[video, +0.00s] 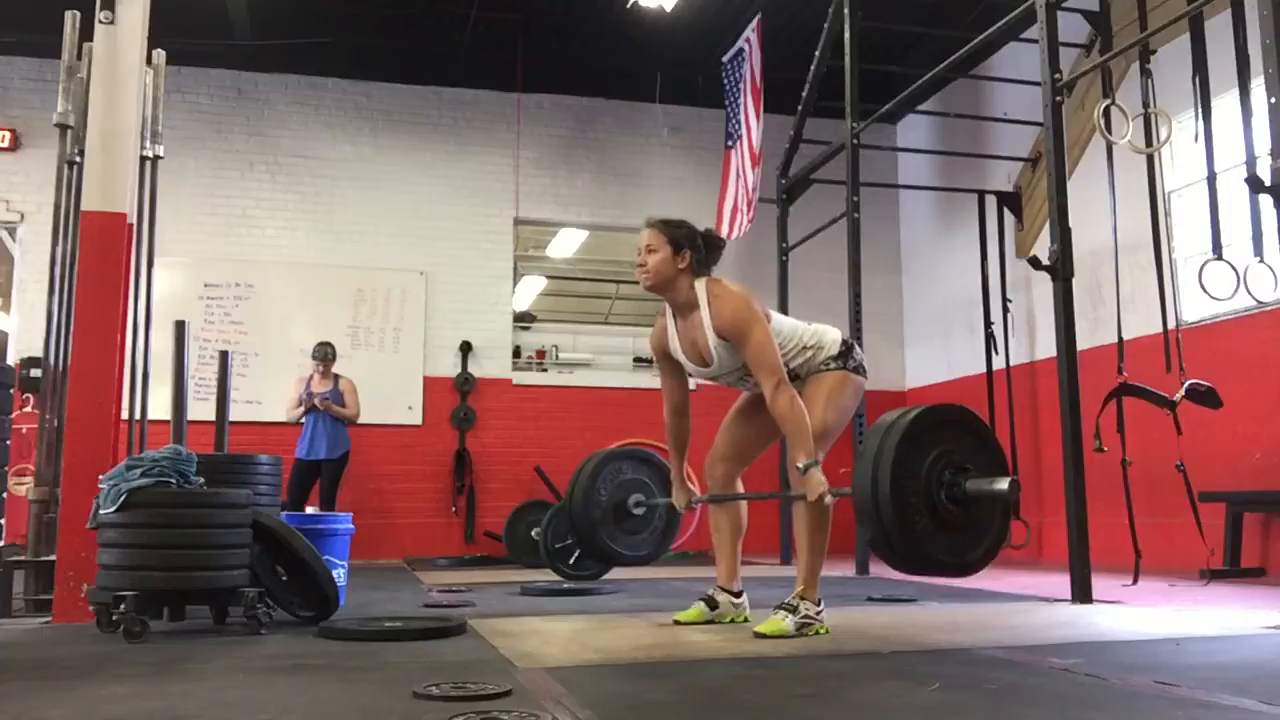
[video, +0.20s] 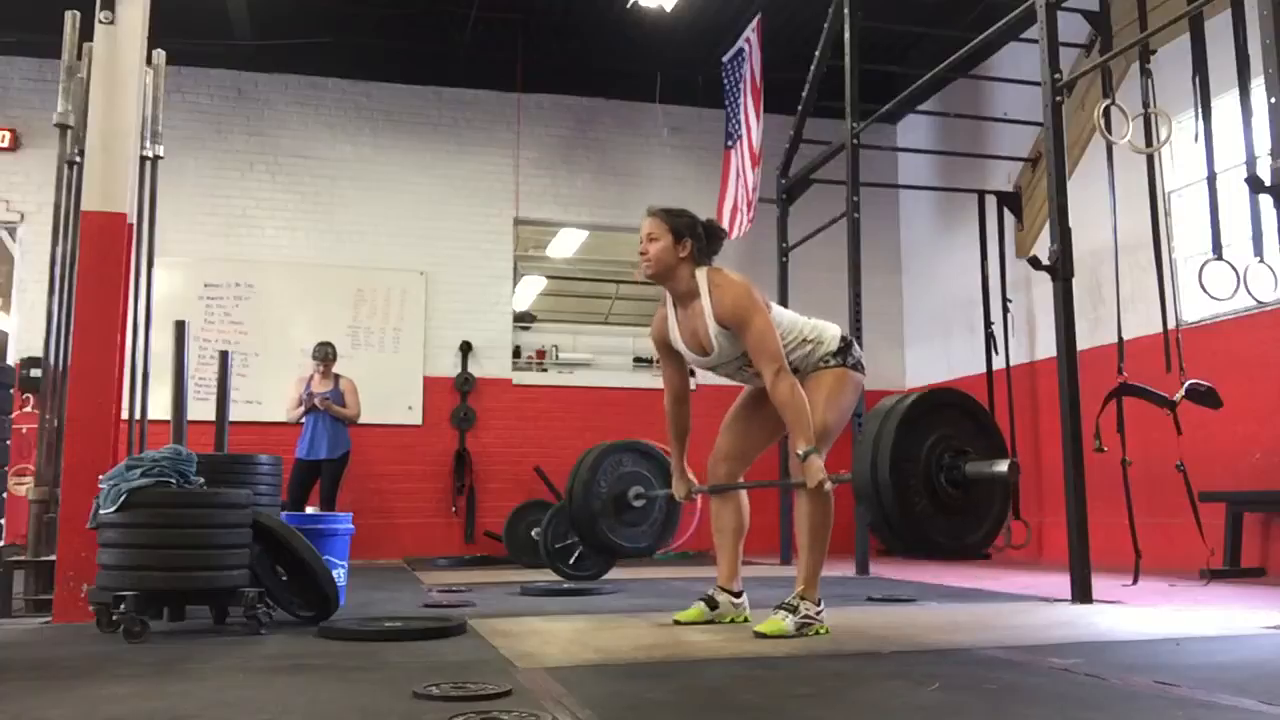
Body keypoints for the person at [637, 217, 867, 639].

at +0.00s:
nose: (640, 261)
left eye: (650, 251)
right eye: (639, 253)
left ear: (683, 258)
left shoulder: (729, 305)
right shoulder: (663, 336)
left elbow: (778, 387)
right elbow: (676, 412)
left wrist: (807, 464)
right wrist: (677, 475)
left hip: (834, 363)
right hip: (780, 377)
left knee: (804, 466)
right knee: (720, 467)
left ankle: (807, 602)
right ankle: (728, 595)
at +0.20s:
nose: (642, 250)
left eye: (652, 240)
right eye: (641, 242)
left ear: (684, 247)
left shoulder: (729, 293)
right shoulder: (664, 325)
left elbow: (778, 374)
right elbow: (677, 397)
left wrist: (807, 452)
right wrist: (678, 465)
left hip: (831, 360)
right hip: (777, 374)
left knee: (807, 464)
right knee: (723, 468)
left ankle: (807, 602)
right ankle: (728, 595)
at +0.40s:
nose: (640, 224)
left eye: (650, 213)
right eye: (640, 215)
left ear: (682, 220)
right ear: (656, 225)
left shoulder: (726, 266)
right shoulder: (662, 303)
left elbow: (776, 345)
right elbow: (675, 374)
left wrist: (804, 419)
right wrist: (677, 444)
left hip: (823, 352)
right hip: (767, 368)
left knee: (803, 457)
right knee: (725, 467)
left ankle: (807, 601)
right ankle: (729, 594)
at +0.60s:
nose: (651, 175)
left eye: (662, 167)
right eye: (651, 167)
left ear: (692, 178)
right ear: (663, 184)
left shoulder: (728, 227)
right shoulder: (665, 265)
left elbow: (773, 301)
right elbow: (670, 339)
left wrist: (796, 371)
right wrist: (673, 405)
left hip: (801, 347)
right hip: (751, 361)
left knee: (781, 457)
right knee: (711, 461)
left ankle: (805, 601)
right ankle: (728, 594)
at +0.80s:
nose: (733, 138)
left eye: (746, 133)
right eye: (736, 133)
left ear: (772, 151)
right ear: (739, 154)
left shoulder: (783, 199)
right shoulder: (717, 224)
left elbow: (792, 262)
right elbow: (686, 294)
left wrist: (780, 331)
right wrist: (656, 361)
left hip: (776, 355)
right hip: (726, 362)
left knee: (752, 459)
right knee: (680, 469)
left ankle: (798, 597)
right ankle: (723, 591)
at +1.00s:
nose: (774, 119)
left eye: (788, 115)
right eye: (776, 115)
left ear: (812, 137)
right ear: (769, 133)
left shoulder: (807, 165)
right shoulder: (739, 191)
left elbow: (819, 191)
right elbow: (694, 240)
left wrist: (790, 216)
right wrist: (651, 274)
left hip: (764, 307)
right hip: (713, 314)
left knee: (759, 426)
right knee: (684, 442)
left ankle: (803, 580)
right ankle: (708, 569)